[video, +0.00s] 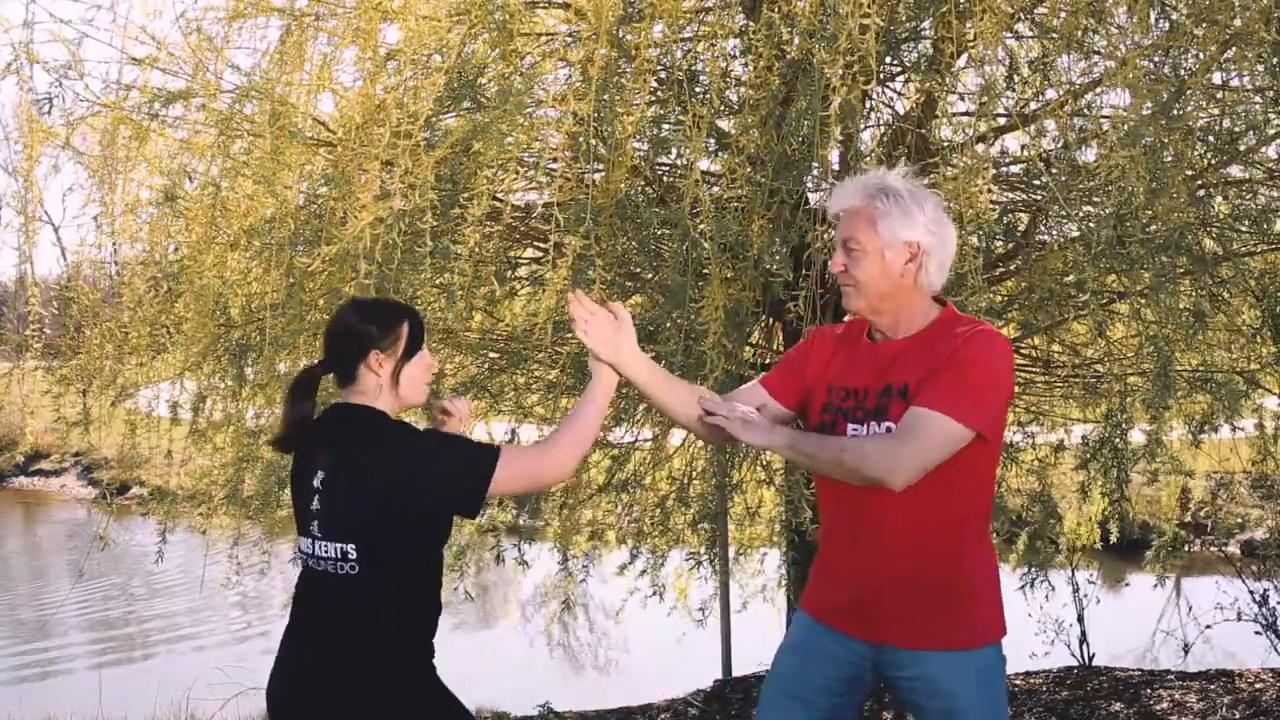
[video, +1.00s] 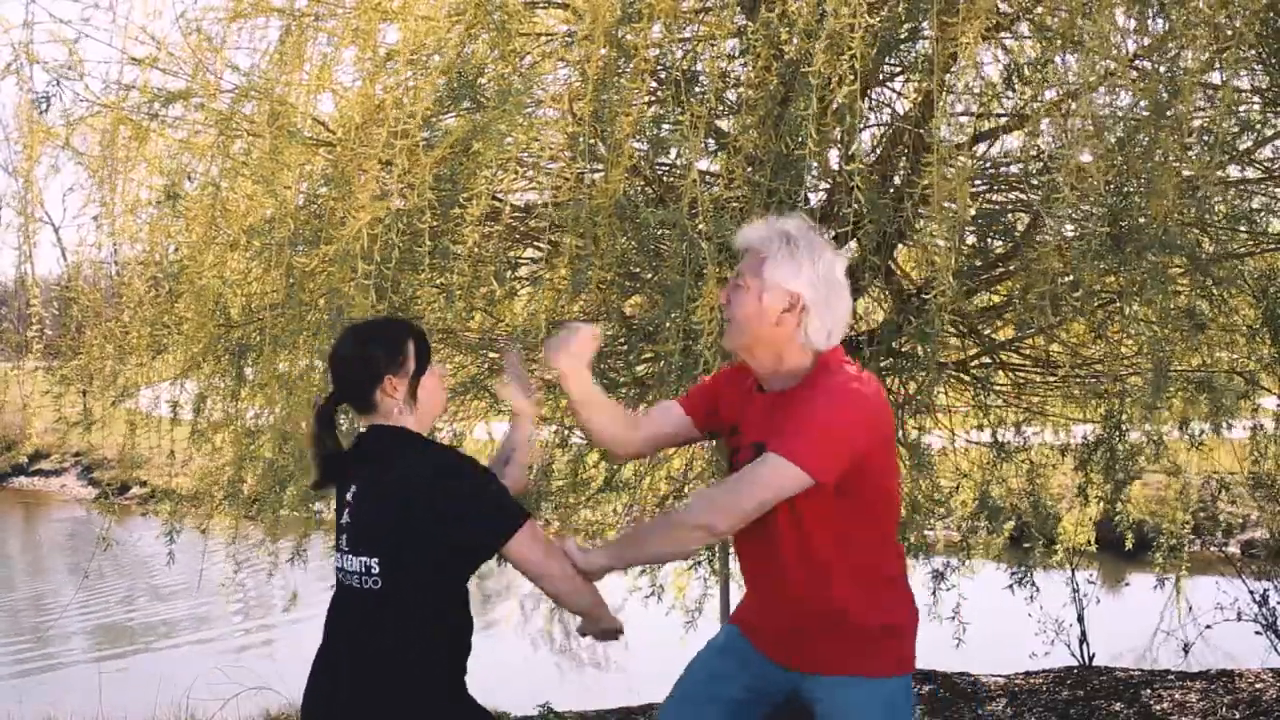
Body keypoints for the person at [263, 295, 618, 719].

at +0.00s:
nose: (433, 363)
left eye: (428, 352)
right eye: (422, 352)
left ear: (373, 364)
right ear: (379, 364)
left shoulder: (315, 440)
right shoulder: (414, 454)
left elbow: (381, 512)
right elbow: (554, 464)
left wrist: (443, 442)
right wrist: (606, 378)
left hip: (299, 685)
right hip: (390, 690)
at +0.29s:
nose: (423, 363)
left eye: (417, 349)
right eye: (412, 351)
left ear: (362, 364)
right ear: (370, 365)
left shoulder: (306, 445)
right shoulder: (407, 454)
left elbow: (389, 515)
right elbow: (553, 465)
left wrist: (431, 432)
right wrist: (600, 372)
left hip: (310, 685)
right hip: (401, 686)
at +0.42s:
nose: (423, 366)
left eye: (416, 352)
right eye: (411, 353)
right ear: (372, 366)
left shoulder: (307, 447)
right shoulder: (406, 455)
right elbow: (551, 492)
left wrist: (433, 435)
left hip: (312, 688)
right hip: (404, 689)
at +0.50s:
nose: (421, 374)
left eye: (415, 362)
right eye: (409, 363)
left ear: (359, 378)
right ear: (366, 377)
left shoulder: (300, 455)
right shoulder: (415, 461)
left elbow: (371, 515)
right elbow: (541, 512)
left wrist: (426, 446)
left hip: (306, 695)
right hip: (402, 695)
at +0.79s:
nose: (427, 382)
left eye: (420, 371)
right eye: (414, 373)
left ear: (366, 389)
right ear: (369, 389)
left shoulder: (317, 464)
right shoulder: (415, 471)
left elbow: (417, 544)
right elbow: (543, 532)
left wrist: (445, 457)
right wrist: (598, 553)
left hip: (309, 700)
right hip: (399, 702)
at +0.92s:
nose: (435, 375)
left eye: (428, 364)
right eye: (422, 366)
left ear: (376, 391)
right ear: (383, 389)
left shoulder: (344, 463)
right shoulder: (433, 468)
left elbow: (446, 535)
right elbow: (548, 551)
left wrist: (467, 447)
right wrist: (617, 592)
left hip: (323, 695)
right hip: (412, 699)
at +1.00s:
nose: (441, 373)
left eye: (433, 363)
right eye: (430, 365)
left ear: (389, 389)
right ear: (393, 387)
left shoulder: (362, 460)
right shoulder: (445, 473)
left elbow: (499, 492)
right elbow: (548, 568)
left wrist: (524, 413)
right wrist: (598, 615)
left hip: (334, 694)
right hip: (420, 698)